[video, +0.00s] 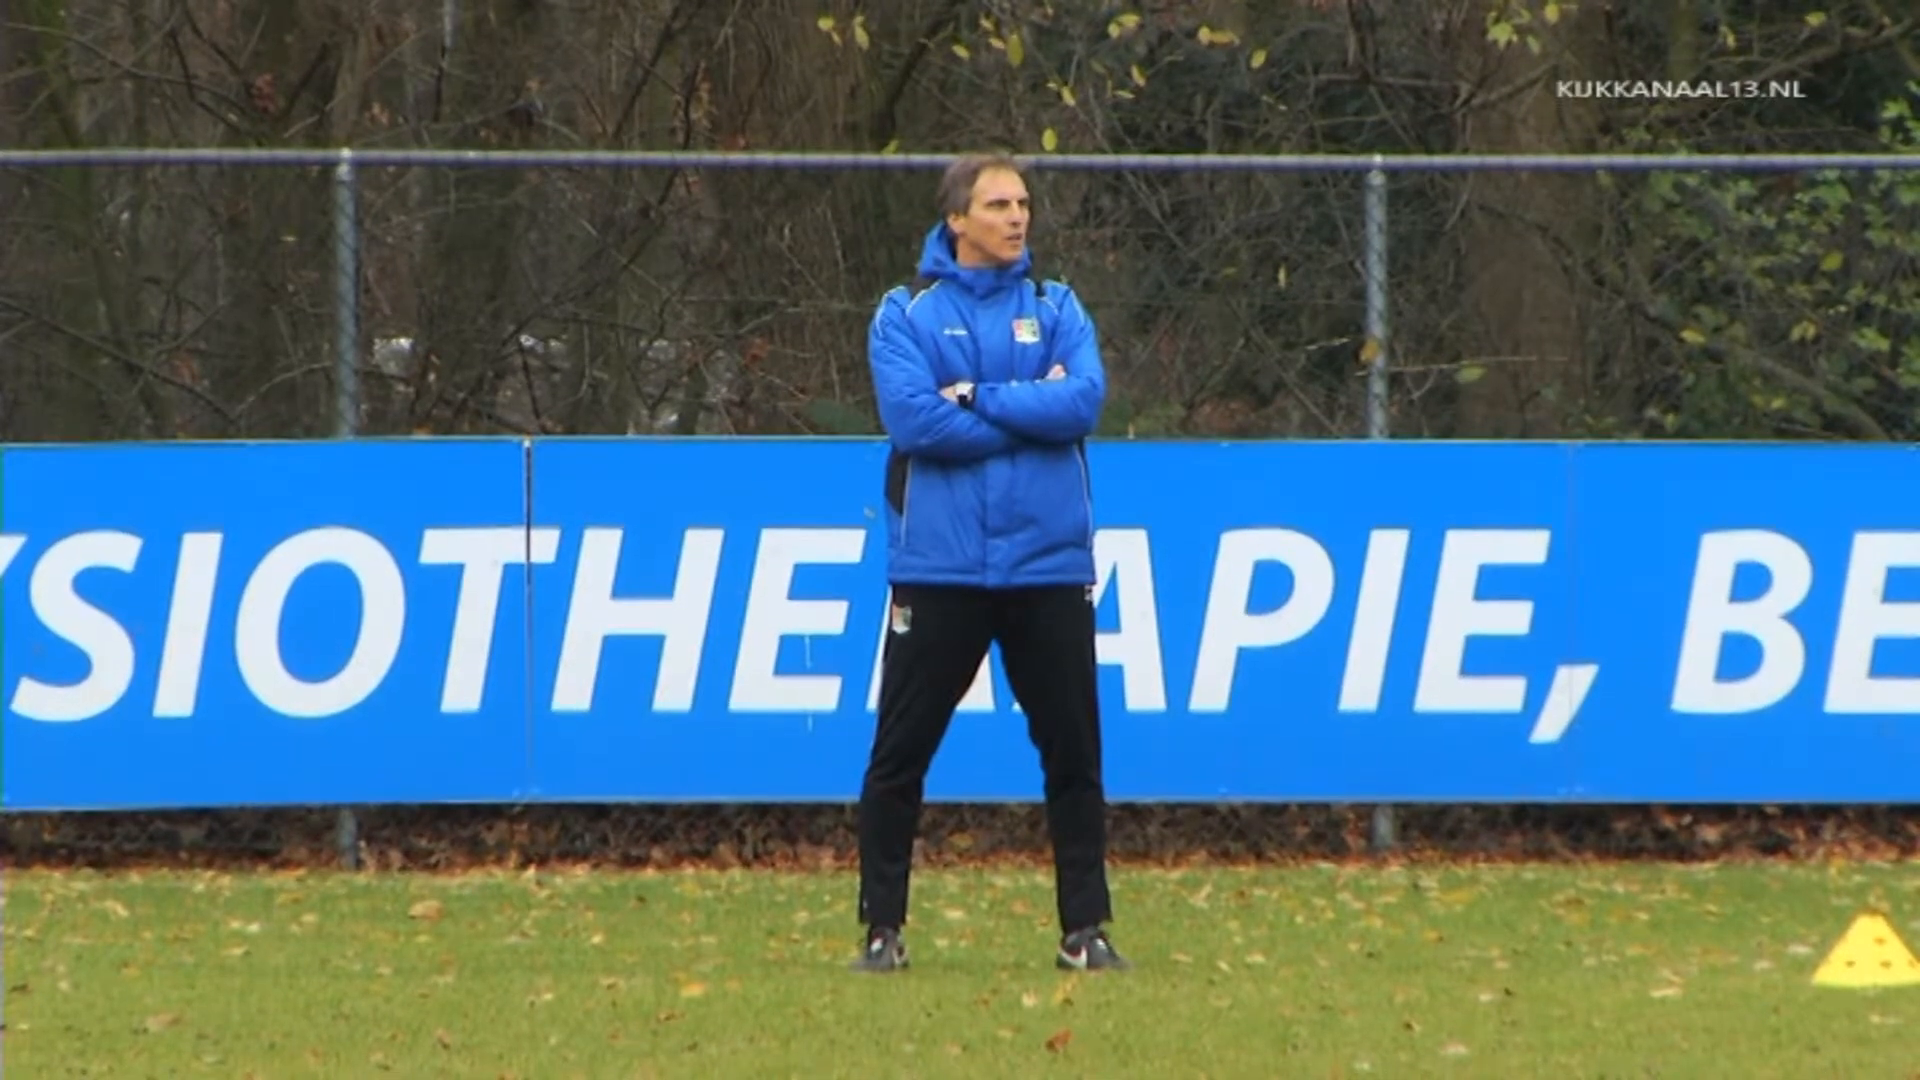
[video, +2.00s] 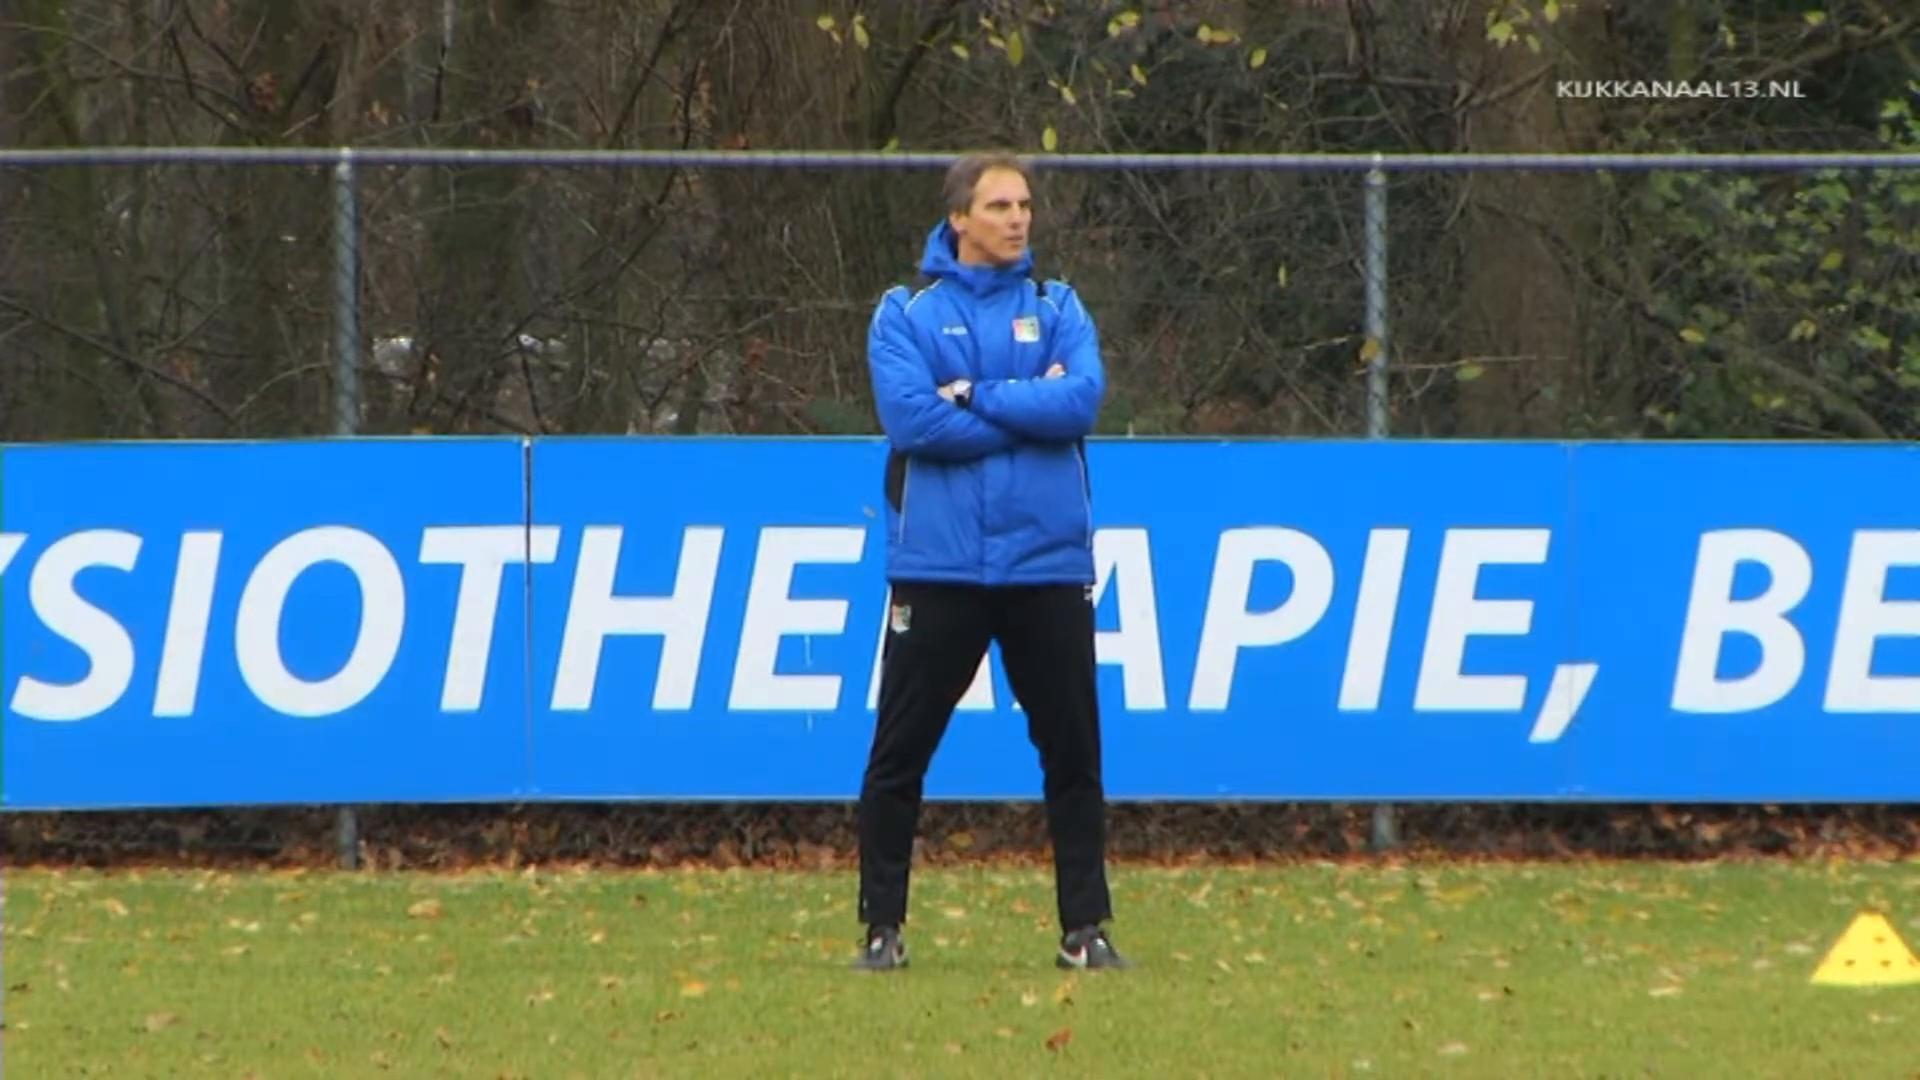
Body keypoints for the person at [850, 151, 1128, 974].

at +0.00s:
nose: (1017, 216)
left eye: (1022, 205)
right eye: (998, 206)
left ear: (1030, 218)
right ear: (957, 221)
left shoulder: (1057, 305)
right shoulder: (904, 313)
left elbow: (1081, 403)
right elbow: (916, 425)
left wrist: (973, 394)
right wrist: (1026, 415)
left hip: (1050, 568)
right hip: (941, 570)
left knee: (1074, 751)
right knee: (901, 752)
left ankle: (1085, 932)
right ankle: (882, 930)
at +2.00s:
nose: (1017, 218)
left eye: (1023, 206)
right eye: (999, 207)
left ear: (1032, 218)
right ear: (959, 221)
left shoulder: (1058, 305)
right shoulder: (904, 311)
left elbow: (1079, 403)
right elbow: (914, 425)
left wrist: (969, 392)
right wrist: (1024, 414)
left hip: (1049, 567)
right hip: (940, 569)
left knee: (1073, 751)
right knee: (901, 752)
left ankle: (1085, 931)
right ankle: (881, 929)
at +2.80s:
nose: (1003, 221)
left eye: (1012, 208)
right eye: (986, 209)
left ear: (1024, 218)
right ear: (950, 221)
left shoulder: (1057, 305)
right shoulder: (899, 312)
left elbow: (1075, 401)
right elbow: (912, 425)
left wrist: (964, 392)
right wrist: (1023, 413)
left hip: (1045, 567)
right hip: (937, 570)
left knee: (1071, 751)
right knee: (899, 753)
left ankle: (1085, 930)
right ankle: (882, 929)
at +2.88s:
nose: (1000, 228)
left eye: (1012, 212)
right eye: (984, 213)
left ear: (1032, 218)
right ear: (951, 221)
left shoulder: (1060, 314)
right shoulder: (905, 318)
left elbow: (1094, 421)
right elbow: (915, 437)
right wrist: (993, 344)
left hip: (1044, 567)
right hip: (940, 570)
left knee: (1070, 742)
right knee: (899, 749)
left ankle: (1085, 927)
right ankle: (883, 926)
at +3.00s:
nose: (1001, 221)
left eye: (1012, 207)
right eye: (984, 208)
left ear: (1025, 217)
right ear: (950, 220)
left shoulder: (1057, 304)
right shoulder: (900, 311)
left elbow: (1076, 400)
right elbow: (912, 430)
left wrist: (964, 395)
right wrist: (1023, 411)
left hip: (1048, 566)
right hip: (936, 570)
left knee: (1070, 751)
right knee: (899, 750)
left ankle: (1086, 928)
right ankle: (881, 924)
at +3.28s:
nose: (996, 219)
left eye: (1007, 205)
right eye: (979, 206)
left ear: (1023, 216)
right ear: (950, 218)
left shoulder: (1059, 305)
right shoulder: (900, 312)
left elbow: (1076, 403)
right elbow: (911, 423)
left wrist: (965, 392)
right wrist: (1020, 415)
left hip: (1044, 567)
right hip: (934, 568)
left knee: (1070, 750)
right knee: (898, 751)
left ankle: (1085, 930)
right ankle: (882, 929)